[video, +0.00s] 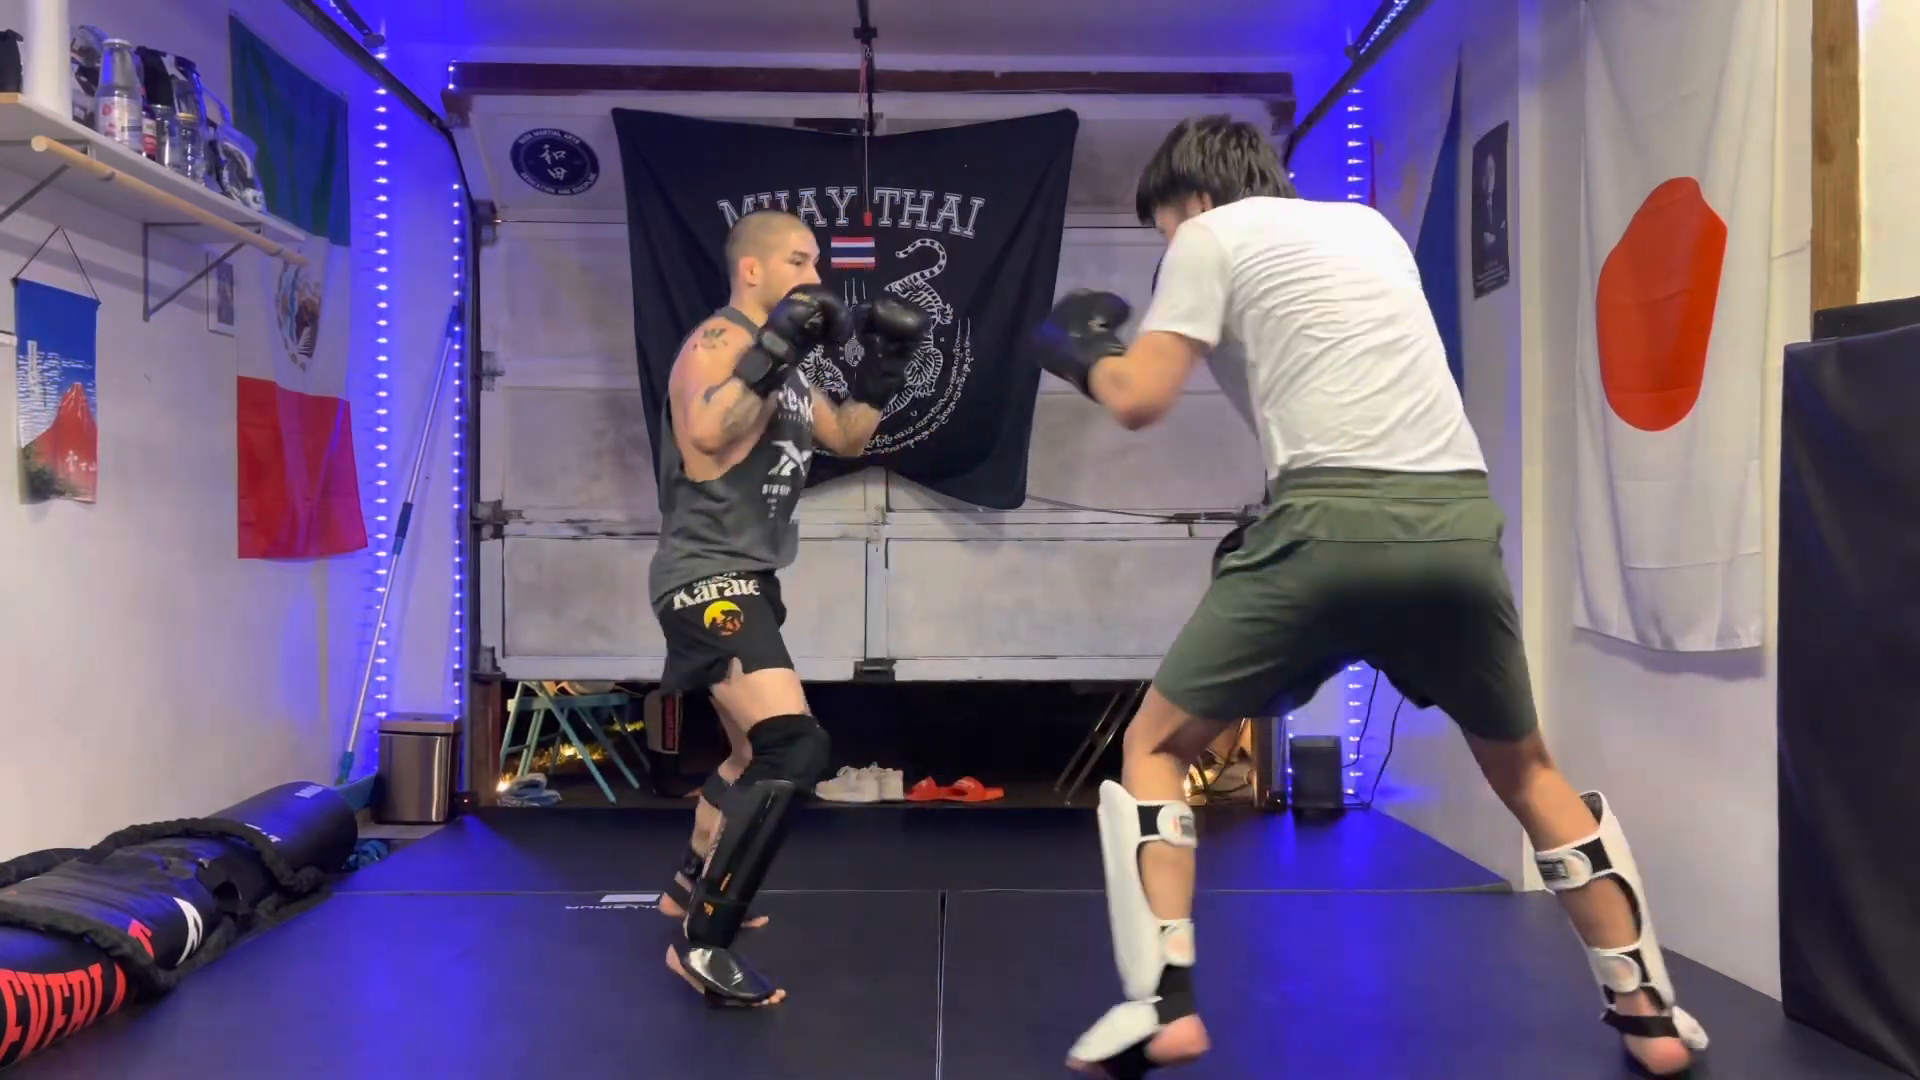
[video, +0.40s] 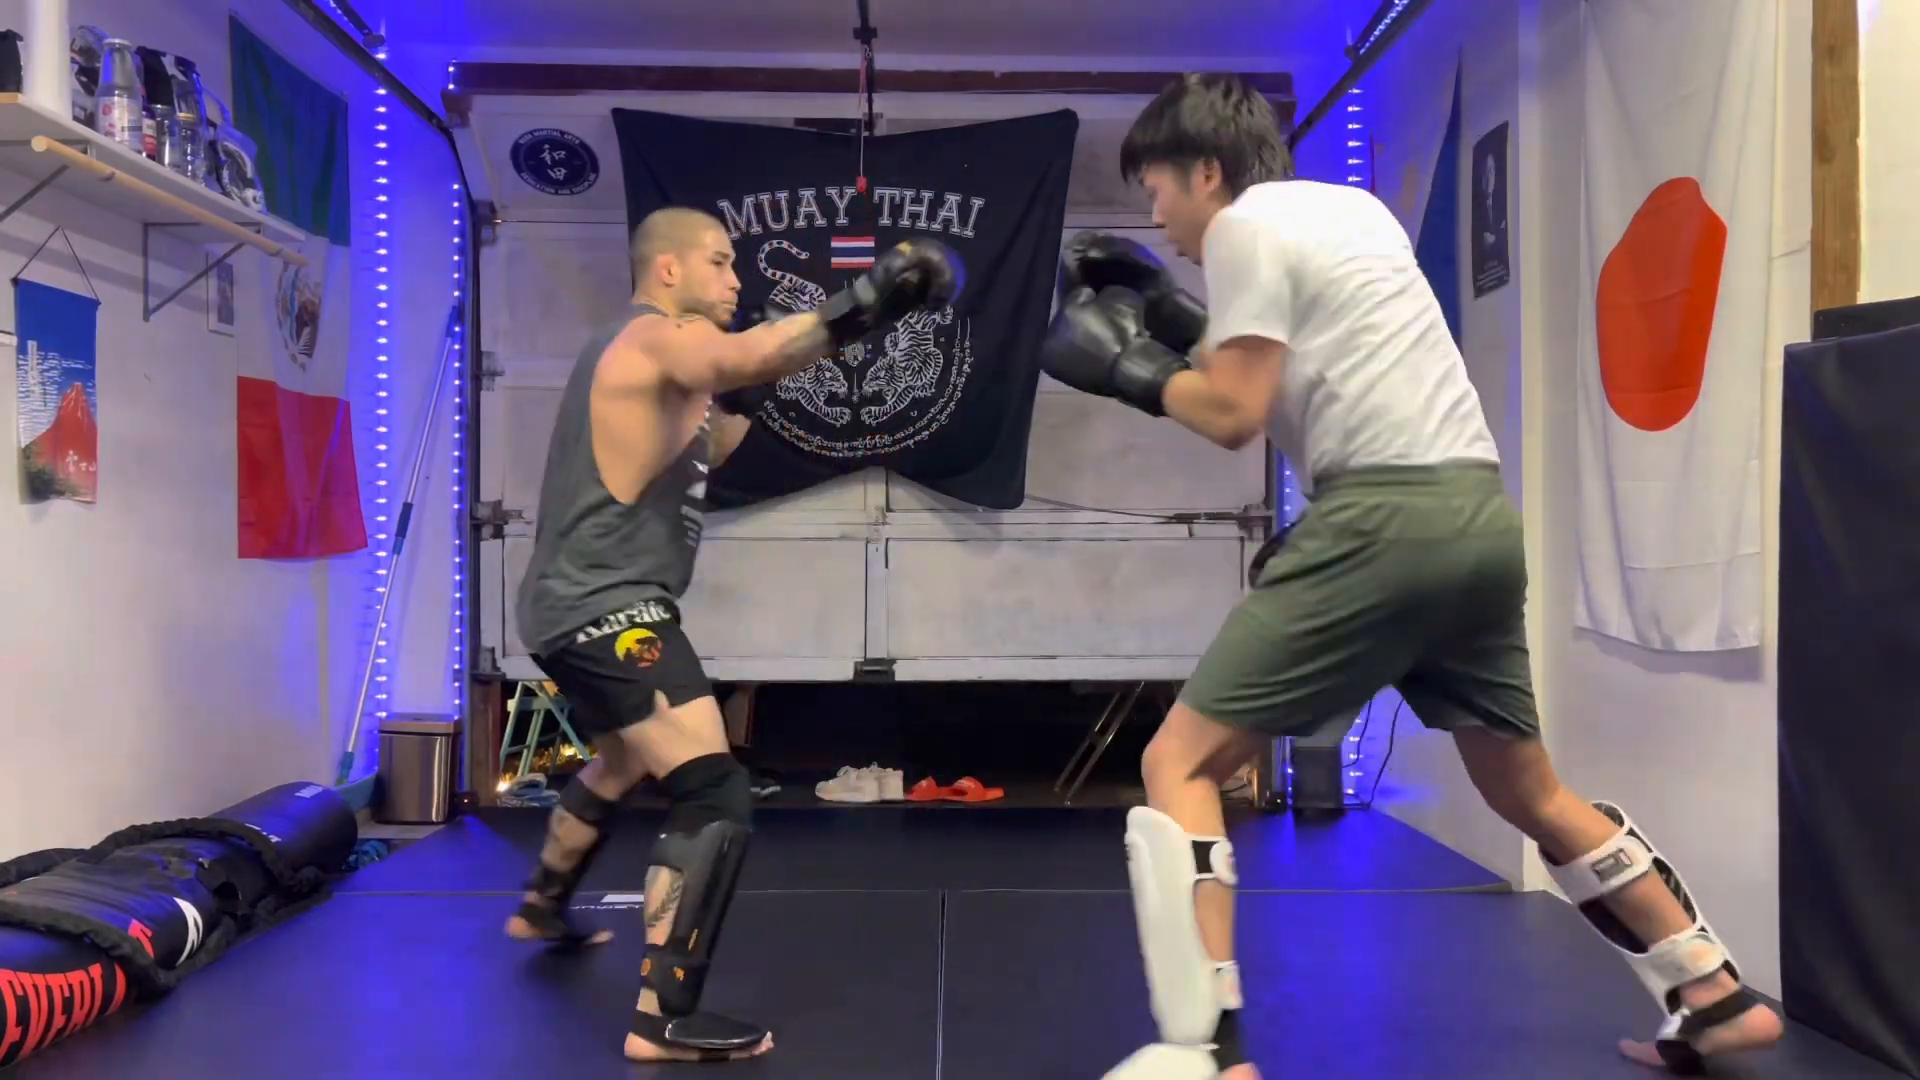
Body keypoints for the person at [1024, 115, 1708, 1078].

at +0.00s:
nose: (1171, 244)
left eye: (1169, 227)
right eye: (1163, 234)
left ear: (1200, 202)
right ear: (1264, 179)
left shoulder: (1212, 234)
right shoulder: (1373, 226)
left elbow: (1136, 398)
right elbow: (1337, 357)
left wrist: (1088, 352)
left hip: (1323, 531)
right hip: (1461, 532)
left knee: (1157, 746)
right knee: (1530, 771)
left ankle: (1164, 998)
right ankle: (1645, 1003)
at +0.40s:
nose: (1154, 220)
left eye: (1155, 194)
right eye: (1148, 198)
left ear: (1207, 171)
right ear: (1248, 165)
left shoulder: (1250, 227)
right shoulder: (1362, 212)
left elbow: (1231, 413)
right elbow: (1302, 368)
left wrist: (1125, 372)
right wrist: (1181, 328)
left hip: (1380, 520)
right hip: (1483, 516)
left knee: (1179, 762)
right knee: (1530, 789)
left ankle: (1201, 1042)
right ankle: (1714, 994)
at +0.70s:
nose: (1133, 182)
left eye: (1140, 156)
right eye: (1130, 158)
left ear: (1198, 142)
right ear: (1210, 142)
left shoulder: (1287, 203)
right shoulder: (1289, 203)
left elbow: (1270, 385)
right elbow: (1252, 353)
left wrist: (1137, 339)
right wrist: (1136, 315)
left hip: (1422, 485)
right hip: (1454, 483)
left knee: (1307, 770)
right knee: (1438, 755)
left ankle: (1332, 1058)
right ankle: (1599, 962)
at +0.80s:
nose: (1143, 184)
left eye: (1150, 158)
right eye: (1141, 162)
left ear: (1208, 144)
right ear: (1216, 147)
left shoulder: (1267, 198)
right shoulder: (1299, 203)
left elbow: (1157, 359)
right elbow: (1276, 387)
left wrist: (1052, 324)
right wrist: (1175, 305)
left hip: (1422, 485)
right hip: (1452, 480)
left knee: (1344, 792)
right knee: (1413, 766)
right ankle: (1482, 986)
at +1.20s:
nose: (1144, 161)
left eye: (1155, 138)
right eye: (1142, 143)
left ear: (1212, 133)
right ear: (1210, 142)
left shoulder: (1254, 187)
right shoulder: (1232, 219)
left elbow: (1305, 318)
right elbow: (1220, 364)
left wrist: (1176, 347)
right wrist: (1159, 269)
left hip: (1326, 462)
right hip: (1305, 467)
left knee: (1275, 727)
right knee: (1272, 724)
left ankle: (1428, 944)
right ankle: (1361, 902)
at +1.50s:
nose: (1106, 229)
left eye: (1116, 209)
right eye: (1104, 213)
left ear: (1169, 201)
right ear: (1163, 207)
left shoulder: (1216, 255)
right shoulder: (1197, 281)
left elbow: (1239, 388)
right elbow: (1159, 404)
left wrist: (1128, 371)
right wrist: (1099, 314)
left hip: (1255, 517)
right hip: (1248, 519)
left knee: (1143, 733)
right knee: (1214, 723)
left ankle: (1295, 899)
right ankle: (1298, 890)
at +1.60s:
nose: (1076, 238)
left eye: (1085, 218)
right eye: (1073, 222)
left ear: (1139, 210)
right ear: (1143, 219)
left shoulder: (1174, 257)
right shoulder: (1174, 275)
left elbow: (1119, 369)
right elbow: (1133, 401)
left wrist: (1011, 335)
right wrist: (1040, 333)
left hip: (1250, 503)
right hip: (1263, 505)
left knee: (1133, 720)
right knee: (1186, 707)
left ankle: (1186, 940)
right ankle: (1263, 867)